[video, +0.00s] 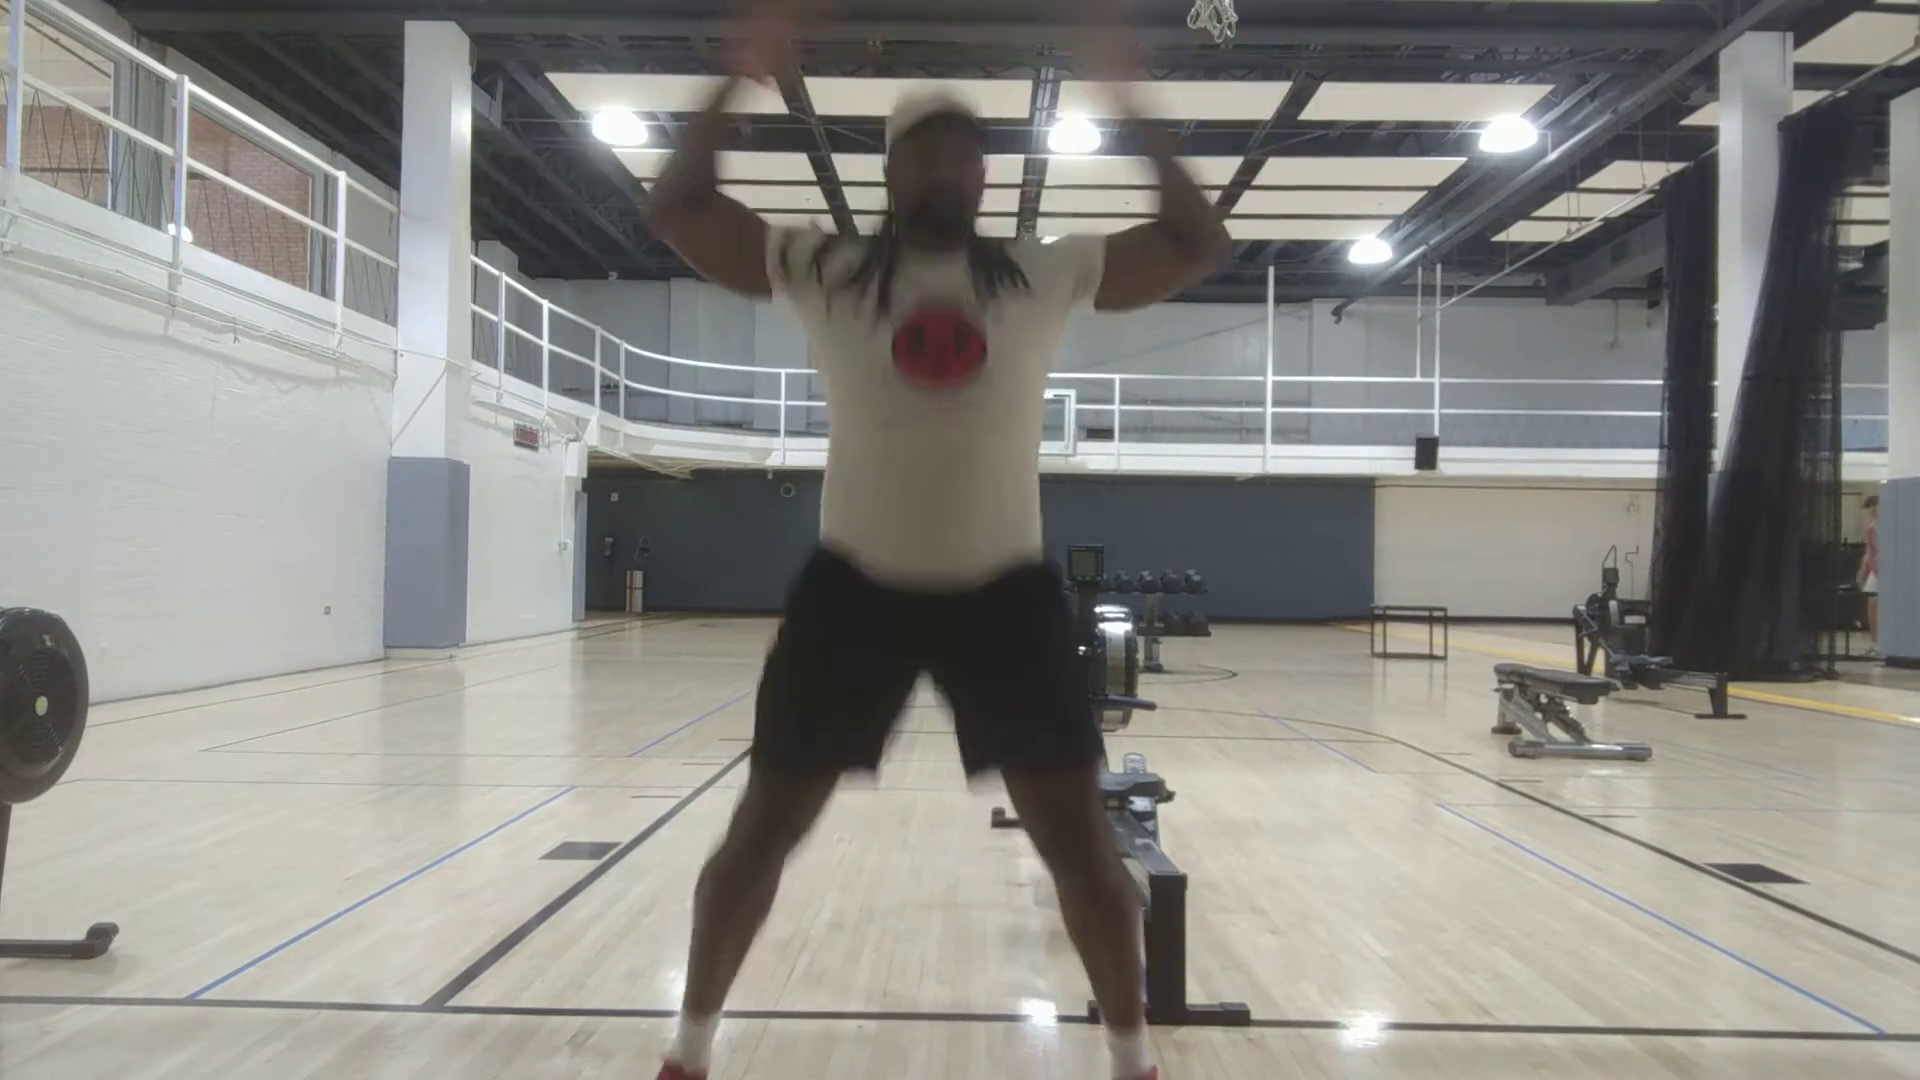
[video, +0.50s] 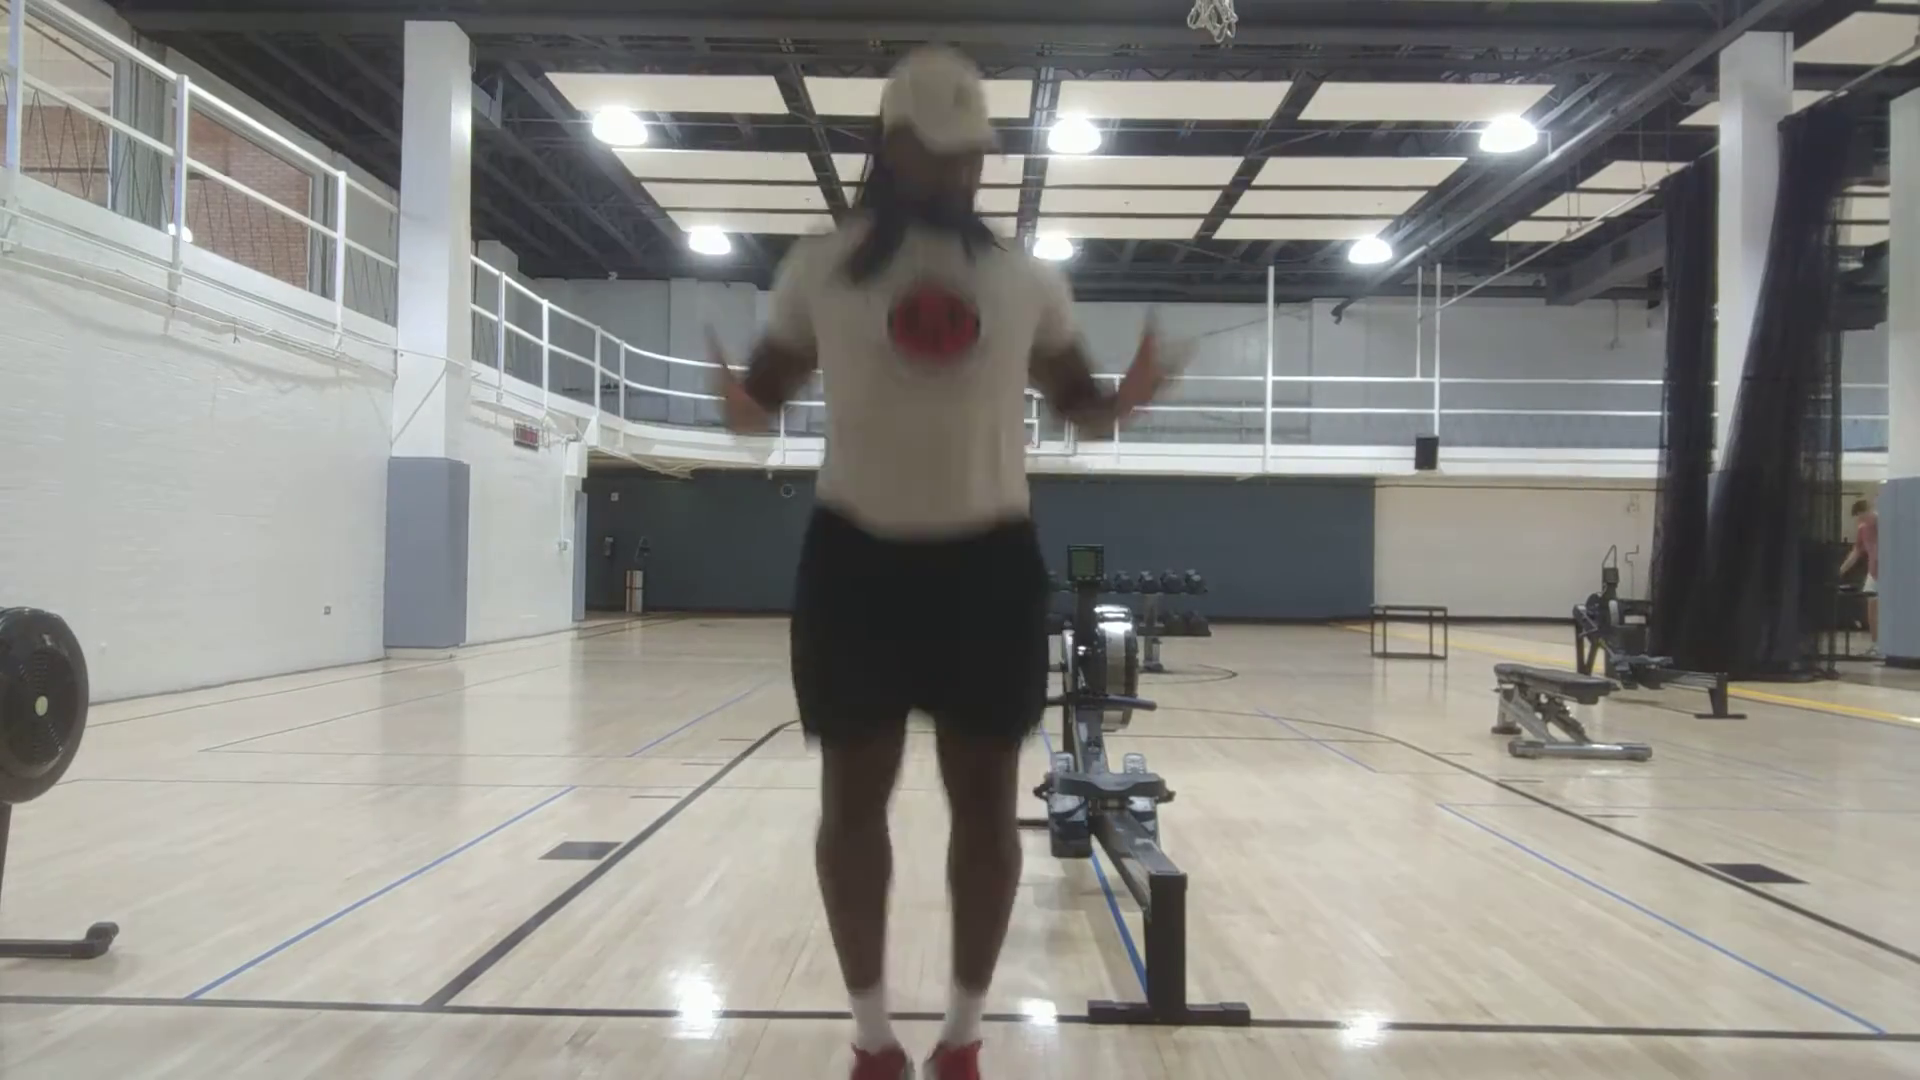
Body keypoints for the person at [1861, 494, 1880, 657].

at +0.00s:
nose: (1867, 514)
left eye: (1869, 510)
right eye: (1867, 510)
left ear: (1873, 510)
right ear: (1873, 510)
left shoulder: (1874, 529)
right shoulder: (1872, 529)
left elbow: (1871, 554)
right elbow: (1869, 553)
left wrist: (1862, 574)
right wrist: (1861, 574)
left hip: (1877, 573)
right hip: (1875, 572)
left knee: (1873, 610)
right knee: (1873, 609)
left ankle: (1876, 643)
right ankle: (1876, 643)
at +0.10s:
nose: (1867, 515)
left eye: (1869, 511)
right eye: (1865, 512)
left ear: (1875, 509)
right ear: (1864, 512)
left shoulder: (1881, 526)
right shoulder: (1869, 527)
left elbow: (1865, 554)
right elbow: (1864, 554)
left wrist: (1850, 576)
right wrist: (1850, 576)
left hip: (1881, 573)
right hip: (1874, 572)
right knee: (1872, 606)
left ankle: (1878, 644)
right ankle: (1875, 643)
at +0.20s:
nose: (1864, 517)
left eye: (1866, 512)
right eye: (1862, 513)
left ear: (1873, 510)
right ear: (1862, 513)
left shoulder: (1885, 524)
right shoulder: (1866, 527)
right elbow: (1860, 551)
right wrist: (1845, 572)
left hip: (1886, 572)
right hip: (1874, 571)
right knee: (1872, 605)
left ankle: (1882, 644)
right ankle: (1875, 643)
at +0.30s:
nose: (1862, 517)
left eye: (1863, 513)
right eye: (1860, 514)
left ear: (1870, 510)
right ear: (1861, 513)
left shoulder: (1884, 524)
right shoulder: (1865, 527)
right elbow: (1859, 551)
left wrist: (1843, 570)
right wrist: (1843, 570)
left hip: (1883, 571)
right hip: (1874, 571)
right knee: (1872, 603)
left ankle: (1879, 644)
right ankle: (1875, 643)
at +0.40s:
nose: (1859, 519)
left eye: (1860, 515)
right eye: (1858, 516)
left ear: (1865, 512)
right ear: (1861, 513)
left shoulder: (1875, 524)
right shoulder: (1865, 526)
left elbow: (1858, 550)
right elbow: (1857, 550)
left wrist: (1841, 570)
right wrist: (1841, 570)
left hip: (1879, 573)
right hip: (1874, 573)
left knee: (1874, 609)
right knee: (1872, 606)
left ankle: (1877, 643)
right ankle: (1875, 643)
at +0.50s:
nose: (1859, 519)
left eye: (1860, 515)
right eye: (1857, 516)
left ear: (1867, 512)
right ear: (1858, 515)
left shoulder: (1881, 524)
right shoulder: (1863, 527)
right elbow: (1857, 550)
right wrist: (1842, 569)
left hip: (1885, 573)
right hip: (1873, 573)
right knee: (1872, 605)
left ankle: (1881, 644)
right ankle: (1875, 642)